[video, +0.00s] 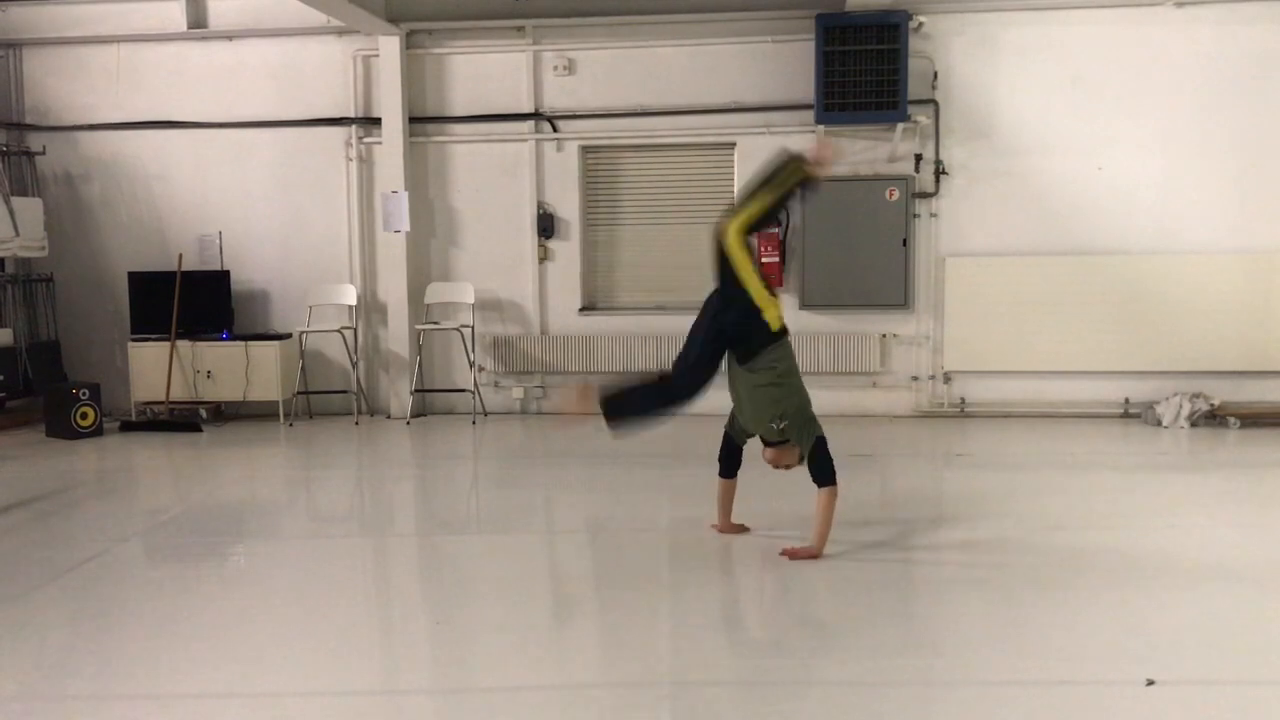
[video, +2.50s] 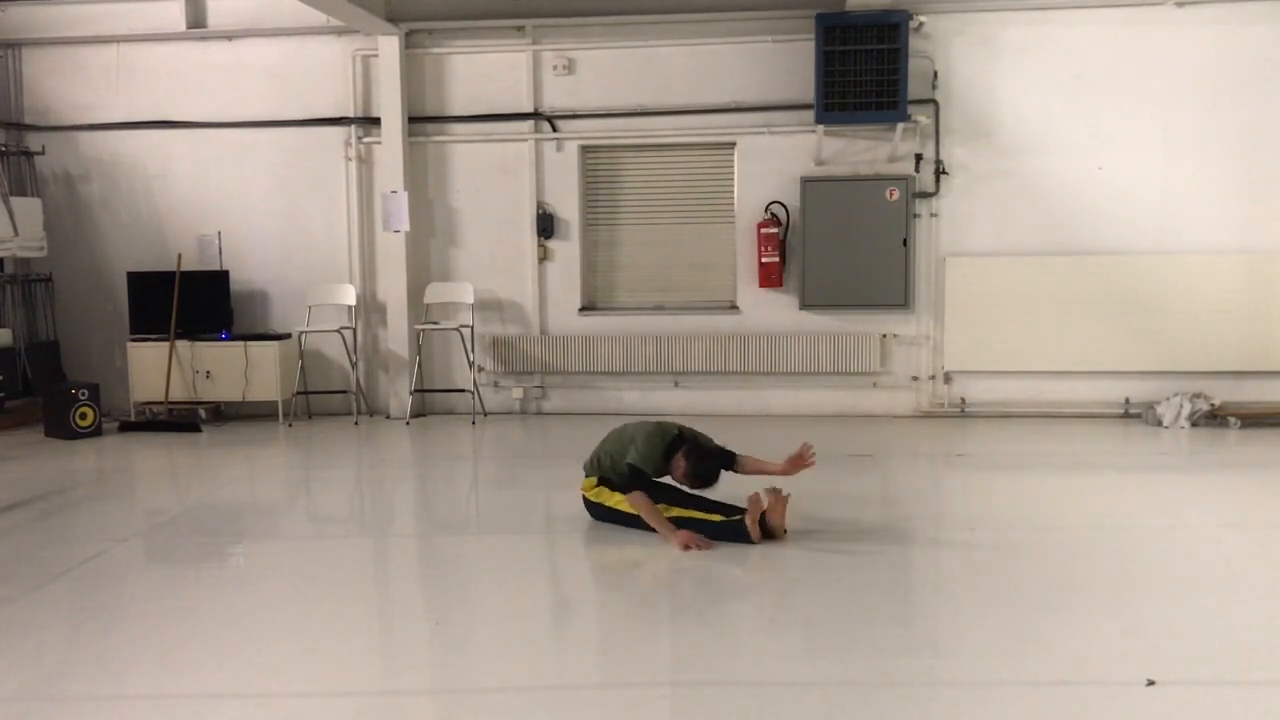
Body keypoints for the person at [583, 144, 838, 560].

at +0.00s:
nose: (773, 466)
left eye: (778, 467)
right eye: (781, 466)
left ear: (775, 445)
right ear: (793, 446)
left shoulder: (743, 421)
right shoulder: (807, 430)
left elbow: (728, 466)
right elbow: (829, 487)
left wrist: (724, 522)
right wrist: (817, 548)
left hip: (722, 314)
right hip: (758, 315)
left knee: (680, 386)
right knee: (732, 230)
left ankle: (600, 404)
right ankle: (800, 169)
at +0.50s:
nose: (727, 415)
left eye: (723, 414)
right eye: (728, 424)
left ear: (730, 401)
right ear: (741, 425)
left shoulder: (756, 372)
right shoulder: (781, 420)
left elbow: (722, 358)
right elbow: (802, 484)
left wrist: (693, 370)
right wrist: (815, 547)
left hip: (901, 376)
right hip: (879, 402)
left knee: (982, 331)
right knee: (960, 472)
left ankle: (1016, 417)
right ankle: (941, 560)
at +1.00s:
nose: (981, 355)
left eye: (983, 347)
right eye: (971, 350)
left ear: (988, 350)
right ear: (946, 360)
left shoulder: (987, 393)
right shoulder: (935, 401)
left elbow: (1013, 433)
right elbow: (913, 461)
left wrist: (1052, 460)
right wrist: (896, 511)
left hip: (965, 489)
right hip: (925, 498)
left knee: (1029, 459)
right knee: (988, 477)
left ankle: (999, 538)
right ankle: (943, 560)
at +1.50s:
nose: (1010, 411)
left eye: (1012, 403)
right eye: (1009, 401)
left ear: (985, 392)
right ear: (988, 392)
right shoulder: (968, 409)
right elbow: (1025, 440)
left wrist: (853, 507)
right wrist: (1050, 466)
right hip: (910, 510)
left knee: (998, 451)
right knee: (980, 463)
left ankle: (999, 537)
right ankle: (947, 557)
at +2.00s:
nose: (809, 447)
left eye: (815, 442)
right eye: (812, 439)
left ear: (800, 421)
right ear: (799, 422)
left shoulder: (775, 436)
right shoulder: (755, 427)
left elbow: (793, 481)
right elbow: (707, 470)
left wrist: (822, 506)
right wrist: (692, 526)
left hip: (731, 490)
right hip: (707, 499)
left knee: (805, 507)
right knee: (788, 525)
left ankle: (897, 523)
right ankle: (883, 542)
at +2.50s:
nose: (681, 484)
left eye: (689, 485)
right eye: (684, 480)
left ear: (703, 457)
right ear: (681, 461)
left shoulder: (691, 440)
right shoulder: (647, 447)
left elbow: (733, 461)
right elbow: (635, 496)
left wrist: (780, 468)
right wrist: (674, 534)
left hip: (631, 481)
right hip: (599, 490)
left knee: (687, 501)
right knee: (672, 514)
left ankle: (763, 522)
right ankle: (747, 531)